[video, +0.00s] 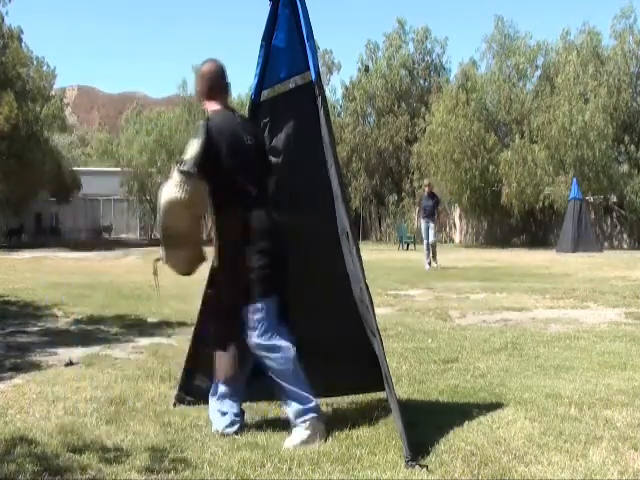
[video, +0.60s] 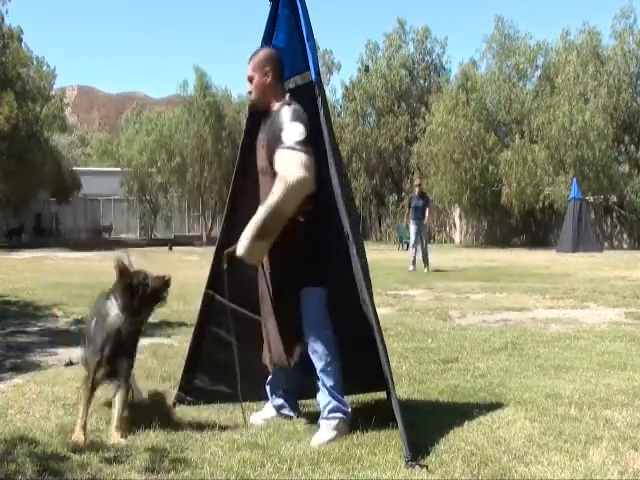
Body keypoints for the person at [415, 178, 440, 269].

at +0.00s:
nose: (427, 188)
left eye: (428, 186)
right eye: (425, 186)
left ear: (431, 187)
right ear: (424, 187)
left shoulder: (435, 198)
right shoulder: (422, 198)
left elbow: (437, 210)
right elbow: (419, 209)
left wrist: (438, 221)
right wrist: (417, 219)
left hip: (432, 220)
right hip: (424, 219)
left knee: (432, 241)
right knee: (426, 241)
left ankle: (434, 259)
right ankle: (428, 262)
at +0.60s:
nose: (417, 189)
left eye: (419, 187)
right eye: (416, 187)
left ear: (421, 187)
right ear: (414, 188)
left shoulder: (425, 198)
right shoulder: (412, 198)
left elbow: (427, 209)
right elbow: (409, 209)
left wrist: (426, 219)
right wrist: (408, 219)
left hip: (422, 221)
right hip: (413, 220)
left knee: (424, 243)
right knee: (413, 242)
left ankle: (426, 264)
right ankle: (412, 264)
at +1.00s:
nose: (404, 185)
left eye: (406, 183)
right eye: (403, 183)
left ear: (409, 183)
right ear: (401, 184)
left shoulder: (414, 194)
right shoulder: (400, 195)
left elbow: (418, 208)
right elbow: (396, 207)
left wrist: (420, 220)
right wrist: (395, 218)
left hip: (412, 218)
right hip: (403, 218)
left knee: (410, 241)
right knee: (405, 241)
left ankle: (412, 262)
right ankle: (409, 262)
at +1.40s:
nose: (395, 184)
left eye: (397, 182)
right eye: (394, 182)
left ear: (401, 182)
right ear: (392, 183)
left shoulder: (405, 194)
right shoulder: (390, 195)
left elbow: (410, 208)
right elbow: (388, 207)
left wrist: (412, 220)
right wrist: (387, 219)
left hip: (403, 220)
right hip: (394, 220)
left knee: (402, 244)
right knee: (392, 243)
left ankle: (403, 267)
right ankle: (399, 263)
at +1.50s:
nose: (393, 184)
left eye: (395, 181)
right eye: (391, 182)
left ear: (398, 182)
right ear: (389, 183)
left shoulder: (402, 194)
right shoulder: (388, 194)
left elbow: (405, 207)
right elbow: (386, 208)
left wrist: (404, 219)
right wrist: (385, 220)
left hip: (400, 221)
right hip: (391, 221)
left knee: (401, 245)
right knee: (389, 243)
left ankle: (403, 267)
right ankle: (390, 266)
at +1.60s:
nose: (389, 185)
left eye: (391, 183)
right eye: (387, 183)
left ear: (395, 184)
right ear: (385, 185)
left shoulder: (398, 194)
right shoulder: (386, 195)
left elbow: (401, 209)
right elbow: (384, 208)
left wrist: (394, 217)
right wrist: (382, 220)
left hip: (398, 222)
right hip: (388, 222)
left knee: (400, 246)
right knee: (386, 245)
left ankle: (402, 267)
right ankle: (383, 267)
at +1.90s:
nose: (377, 184)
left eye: (379, 181)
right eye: (375, 182)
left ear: (383, 181)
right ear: (373, 183)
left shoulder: (390, 194)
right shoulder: (374, 194)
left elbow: (392, 208)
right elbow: (371, 208)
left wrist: (390, 221)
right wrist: (368, 222)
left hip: (386, 220)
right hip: (377, 220)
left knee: (384, 245)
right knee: (378, 246)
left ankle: (390, 264)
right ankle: (380, 268)